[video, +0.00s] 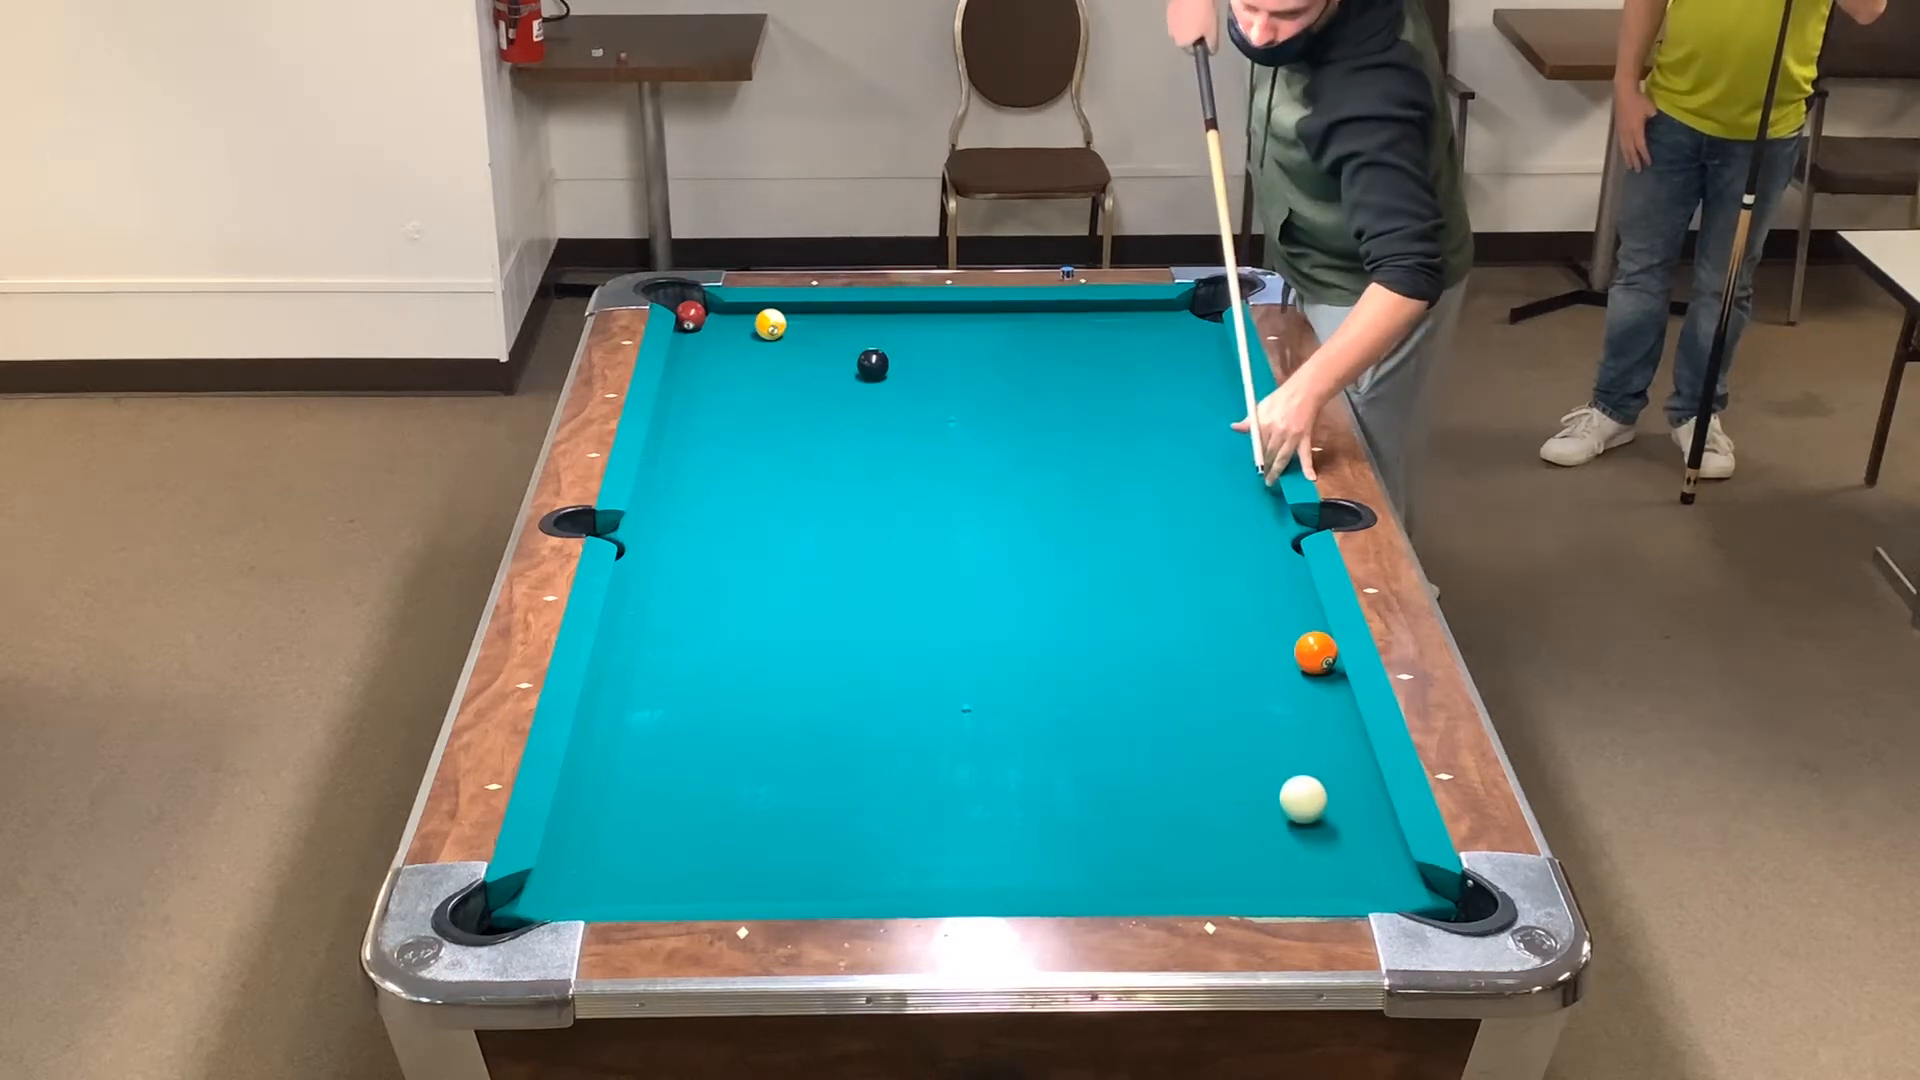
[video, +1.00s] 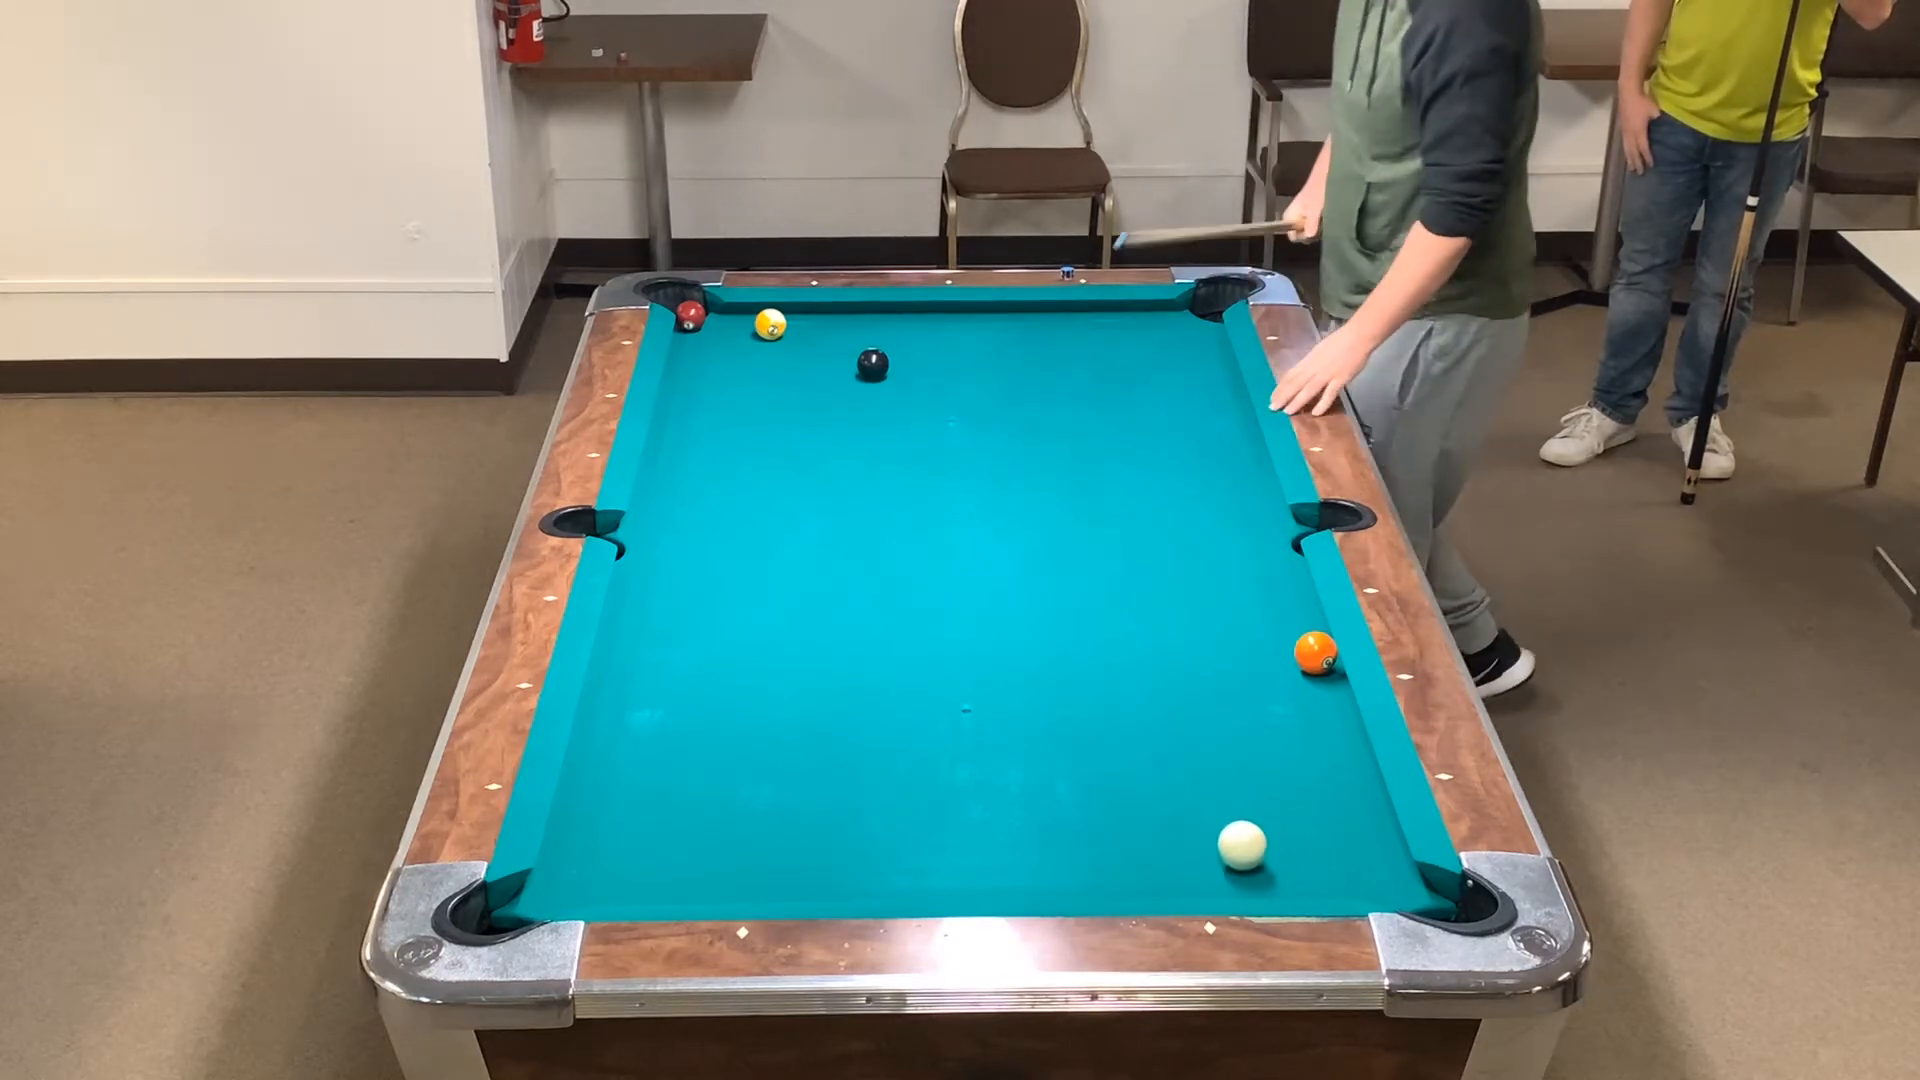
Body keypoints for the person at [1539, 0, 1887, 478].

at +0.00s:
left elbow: (1866, 8)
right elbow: (1647, 0)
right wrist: (1625, 86)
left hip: (1768, 122)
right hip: (1672, 105)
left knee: (1726, 283)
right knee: (1638, 271)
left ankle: (1697, 414)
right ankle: (1613, 409)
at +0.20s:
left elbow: (1867, 9)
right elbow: (1648, 0)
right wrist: (1626, 86)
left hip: (1769, 122)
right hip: (1673, 106)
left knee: (1726, 284)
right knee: (1638, 271)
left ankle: (1697, 414)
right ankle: (1613, 409)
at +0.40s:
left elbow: (1869, 10)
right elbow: (1649, 0)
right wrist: (1626, 86)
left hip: (1769, 123)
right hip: (1673, 106)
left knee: (1726, 284)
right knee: (1638, 272)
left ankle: (1697, 414)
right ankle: (1613, 409)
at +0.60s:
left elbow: (1869, 10)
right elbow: (1649, 0)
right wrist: (1626, 85)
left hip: (1769, 123)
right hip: (1673, 106)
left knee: (1726, 284)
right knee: (1639, 272)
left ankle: (1697, 414)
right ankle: (1613, 409)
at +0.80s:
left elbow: (1871, 11)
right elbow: (1650, 0)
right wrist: (1627, 86)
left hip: (1770, 122)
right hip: (1674, 105)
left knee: (1726, 284)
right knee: (1639, 272)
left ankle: (1697, 414)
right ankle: (1612, 408)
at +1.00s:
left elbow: (1873, 12)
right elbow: (1653, 0)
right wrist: (1630, 87)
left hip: (1771, 123)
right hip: (1675, 105)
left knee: (1726, 285)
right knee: (1640, 272)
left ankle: (1697, 414)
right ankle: (1613, 408)